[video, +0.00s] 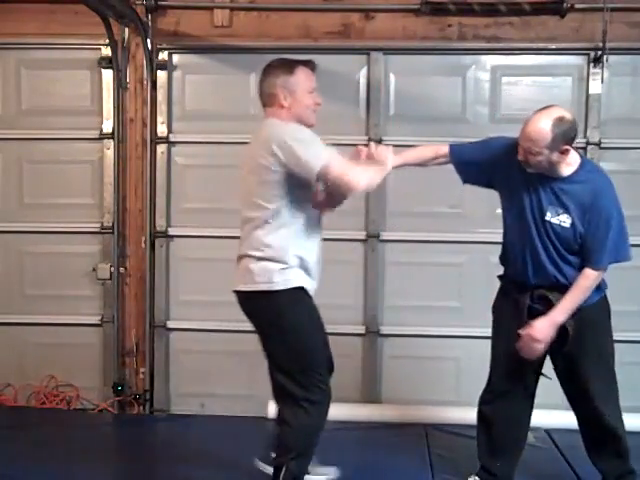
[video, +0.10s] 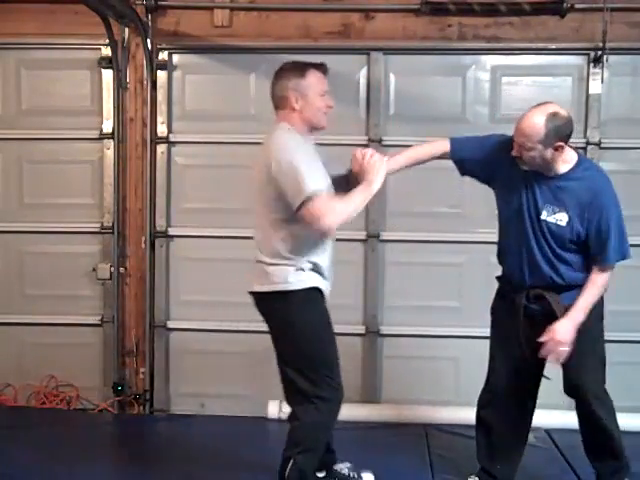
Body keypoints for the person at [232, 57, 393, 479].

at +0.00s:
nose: (319, 100)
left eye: (317, 91)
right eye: (312, 92)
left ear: (280, 99)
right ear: (282, 98)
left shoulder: (272, 134)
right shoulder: (285, 134)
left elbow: (317, 200)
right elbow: (354, 179)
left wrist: (353, 167)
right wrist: (382, 164)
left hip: (266, 279)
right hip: (276, 281)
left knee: (298, 373)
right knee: (313, 374)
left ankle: (283, 454)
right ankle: (292, 469)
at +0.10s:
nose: (330, 103)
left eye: (328, 94)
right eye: (322, 95)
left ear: (295, 102)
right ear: (293, 101)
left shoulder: (293, 142)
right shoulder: (288, 145)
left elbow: (317, 197)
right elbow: (323, 216)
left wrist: (355, 177)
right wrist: (369, 185)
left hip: (293, 284)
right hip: (290, 287)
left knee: (312, 387)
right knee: (321, 391)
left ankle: (320, 466)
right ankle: (299, 472)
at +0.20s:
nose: (337, 108)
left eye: (335, 100)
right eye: (328, 100)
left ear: (304, 108)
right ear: (299, 107)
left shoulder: (313, 153)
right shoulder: (286, 158)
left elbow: (343, 210)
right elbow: (307, 232)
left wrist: (359, 182)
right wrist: (360, 194)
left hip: (324, 286)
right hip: (299, 289)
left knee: (345, 380)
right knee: (327, 385)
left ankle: (326, 467)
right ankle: (298, 473)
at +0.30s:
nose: (340, 107)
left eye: (340, 99)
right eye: (332, 100)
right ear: (302, 105)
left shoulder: (332, 152)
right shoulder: (285, 156)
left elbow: (372, 210)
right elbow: (296, 231)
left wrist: (373, 180)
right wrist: (351, 196)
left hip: (340, 283)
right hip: (306, 283)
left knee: (349, 379)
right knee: (324, 382)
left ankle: (327, 465)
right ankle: (301, 472)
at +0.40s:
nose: (342, 106)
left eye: (343, 98)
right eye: (334, 98)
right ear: (305, 101)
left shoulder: (346, 149)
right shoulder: (287, 153)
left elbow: (389, 204)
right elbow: (290, 229)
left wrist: (377, 179)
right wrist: (349, 197)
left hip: (348, 279)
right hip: (309, 278)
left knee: (346, 378)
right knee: (321, 379)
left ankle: (328, 463)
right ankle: (305, 469)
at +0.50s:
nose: (347, 107)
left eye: (349, 100)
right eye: (338, 100)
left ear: (348, 103)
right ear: (309, 102)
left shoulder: (360, 150)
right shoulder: (289, 154)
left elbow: (387, 211)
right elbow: (278, 230)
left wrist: (373, 199)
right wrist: (341, 216)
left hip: (351, 279)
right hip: (310, 276)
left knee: (348, 377)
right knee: (320, 376)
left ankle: (328, 463)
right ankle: (303, 469)